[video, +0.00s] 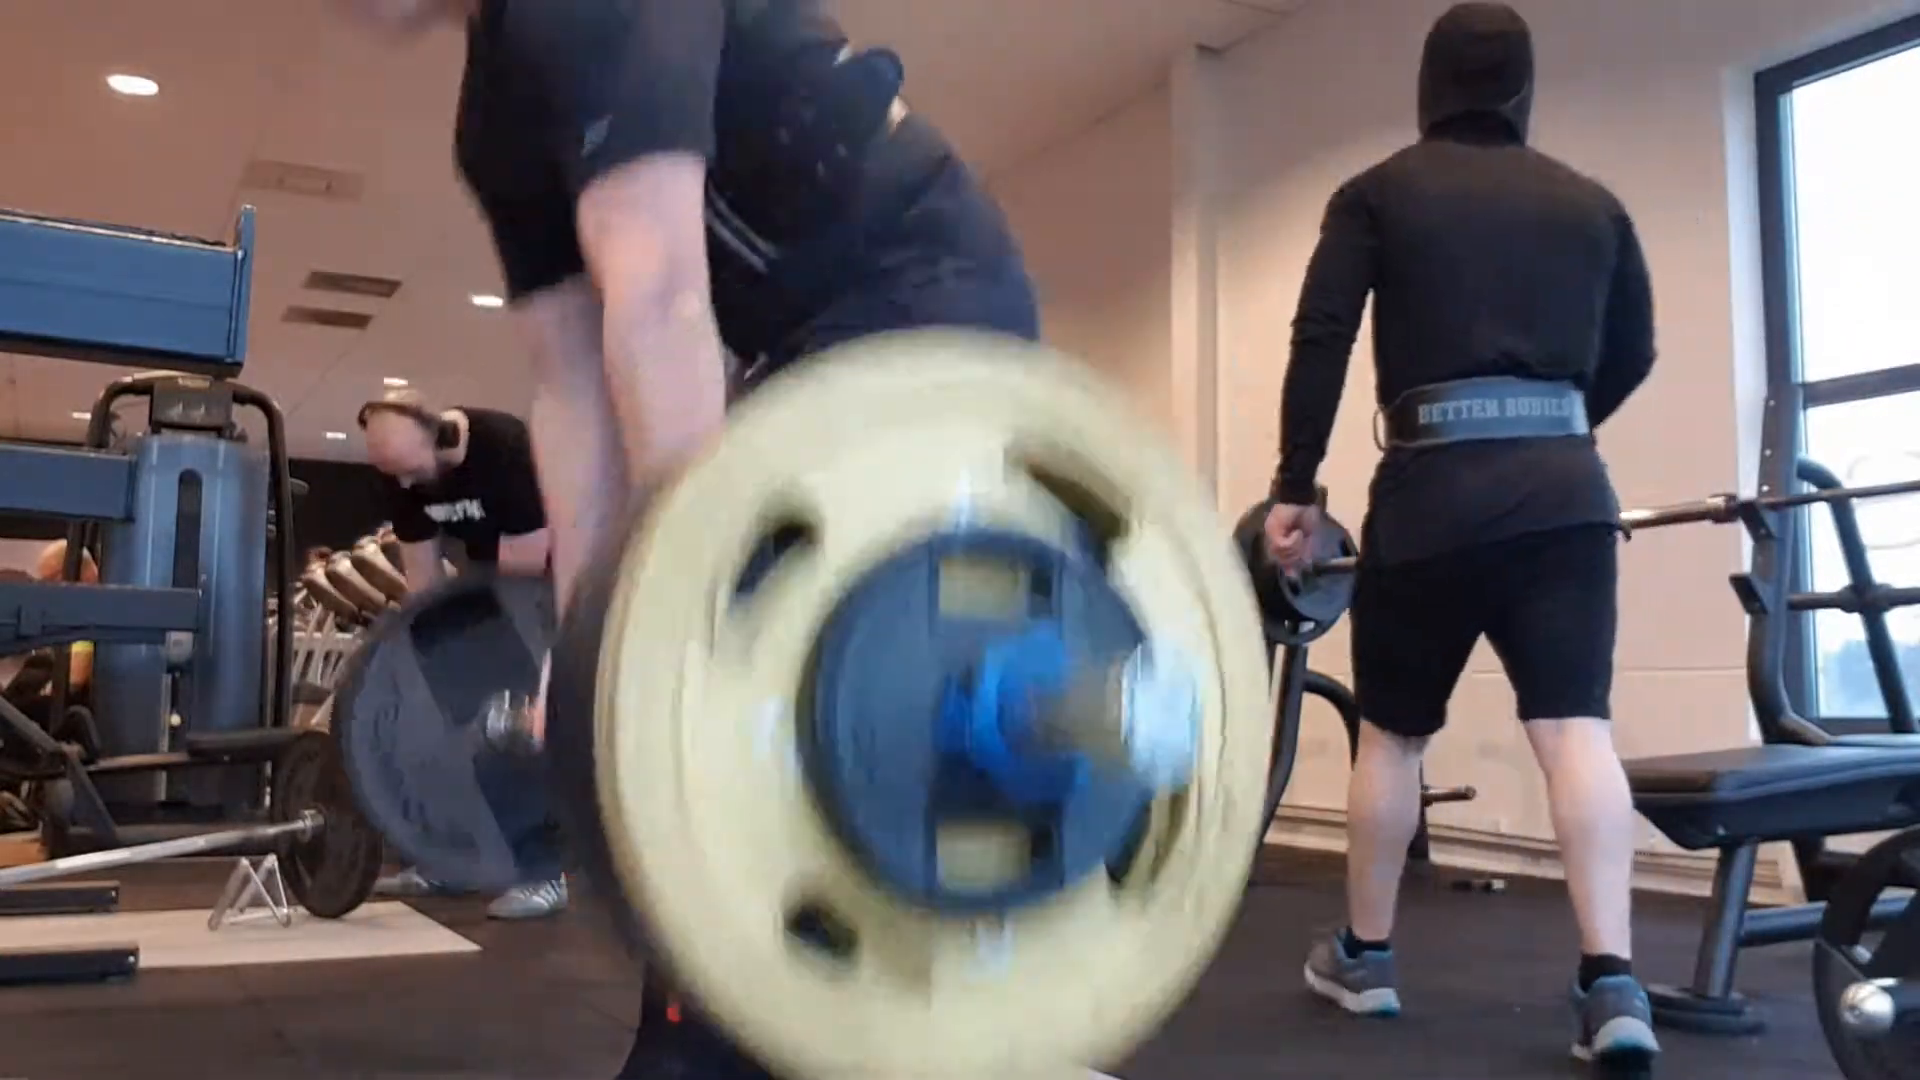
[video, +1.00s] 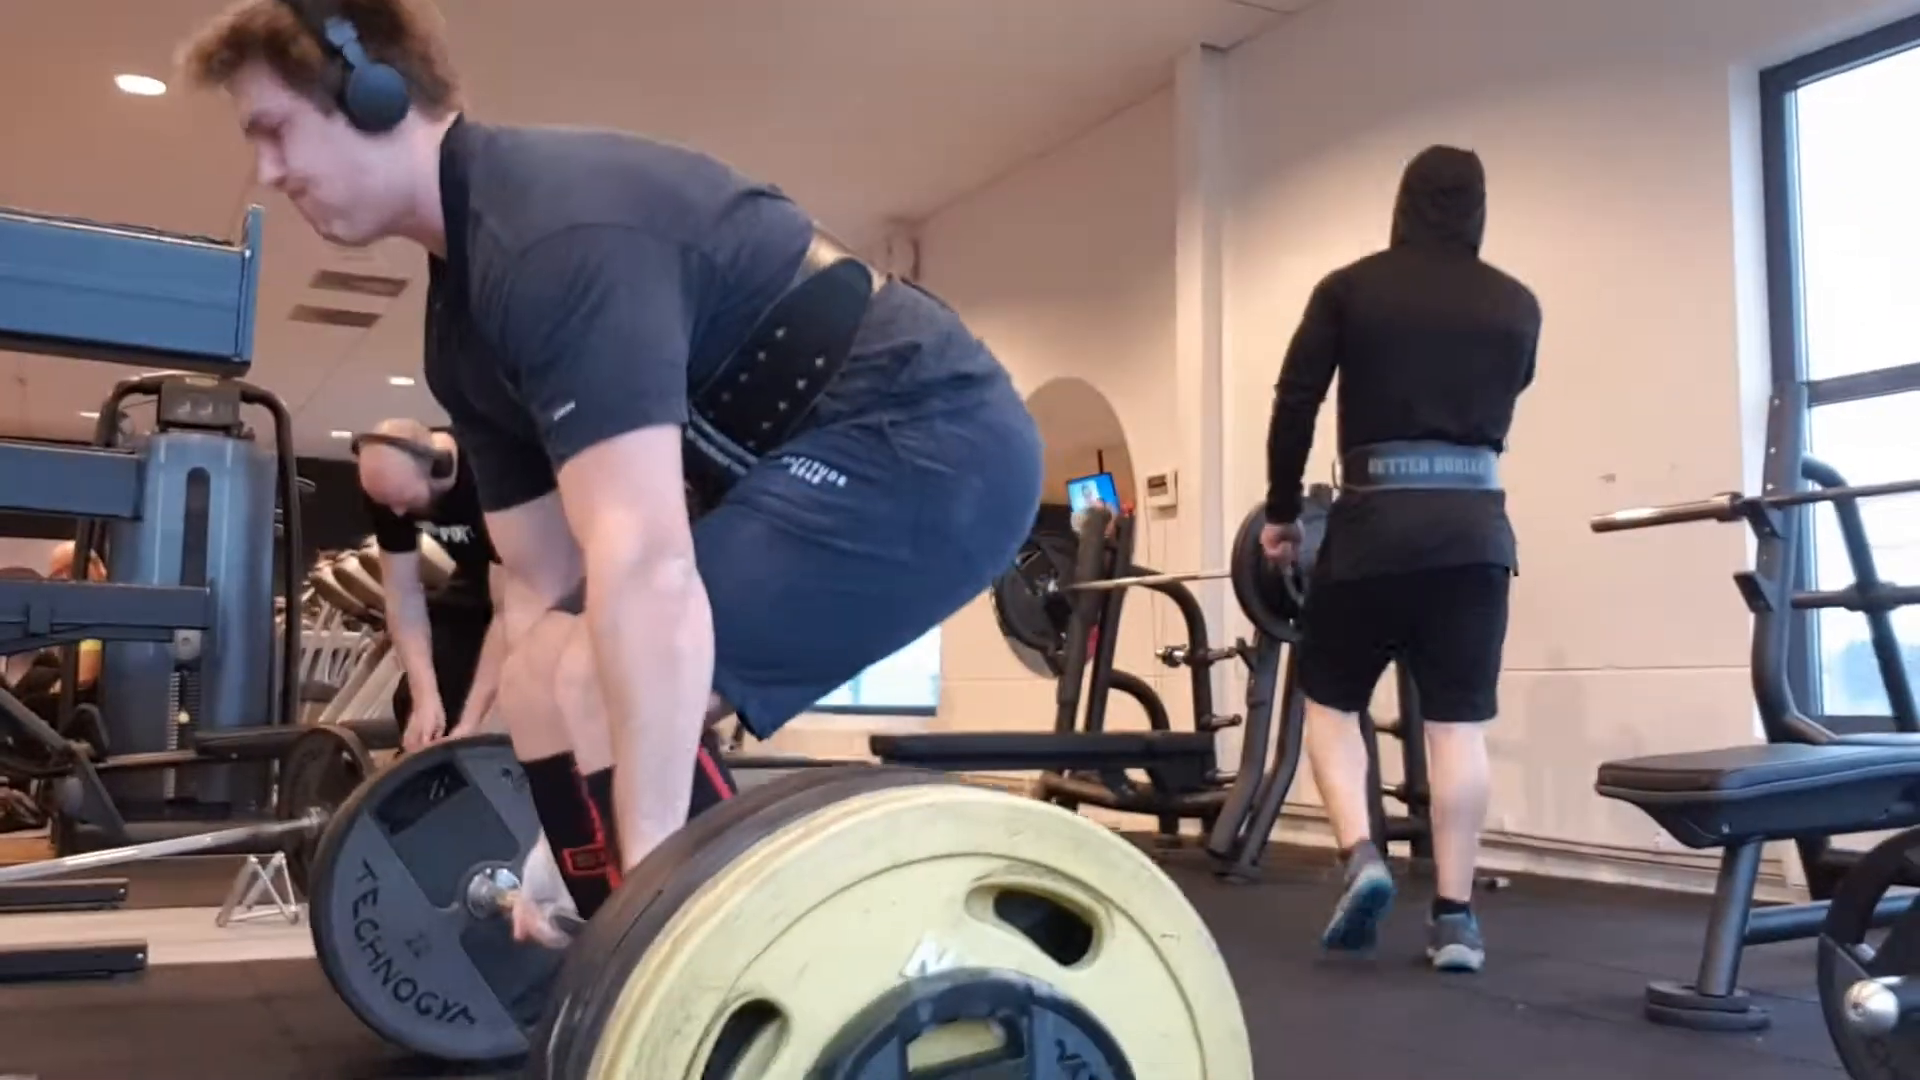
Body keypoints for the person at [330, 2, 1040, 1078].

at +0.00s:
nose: (354, 7)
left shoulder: (594, 12)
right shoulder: (494, 115)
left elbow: (662, 296)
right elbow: (563, 373)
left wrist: (689, 589)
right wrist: (582, 644)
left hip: (915, 318)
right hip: (782, 358)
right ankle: (695, 1028)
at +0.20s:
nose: (279, 389)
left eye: (267, 350)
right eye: (257, 364)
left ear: (320, 283)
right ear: (340, 269)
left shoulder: (565, 309)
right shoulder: (470, 393)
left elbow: (674, 621)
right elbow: (560, 630)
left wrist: (688, 921)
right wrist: (570, 861)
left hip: (964, 398)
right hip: (845, 420)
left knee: (686, 679)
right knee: (596, 654)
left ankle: (716, 998)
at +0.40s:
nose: (322, 323)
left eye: (309, 287)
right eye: (295, 306)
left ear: (360, 205)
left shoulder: (586, 266)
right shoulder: (477, 354)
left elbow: (665, 602)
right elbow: (542, 606)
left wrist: (662, 915)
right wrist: (549, 861)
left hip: (950, 451)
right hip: (832, 473)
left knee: (626, 668)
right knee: (557, 657)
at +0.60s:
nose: (310, 296)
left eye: (301, 255)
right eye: (287, 273)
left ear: (366, 176)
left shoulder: (564, 289)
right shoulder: (468, 364)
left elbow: (647, 611)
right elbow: (536, 614)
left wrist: (655, 915)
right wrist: (526, 851)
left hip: (947, 478)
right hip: (839, 495)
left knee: (619, 673)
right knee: (555, 661)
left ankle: (701, 979)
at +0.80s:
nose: (296, 234)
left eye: (285, 190)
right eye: (270, 209)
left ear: (354, 119)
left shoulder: (566, 244)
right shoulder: (470, 328)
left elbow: (647, 584)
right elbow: (534, 594)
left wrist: (650, 902)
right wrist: (491, 828)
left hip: (931, 449)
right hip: (827, 469)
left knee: (597, 676)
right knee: (537, 670)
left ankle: (709, 966)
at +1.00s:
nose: (268, 176)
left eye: (275, 132)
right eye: (256, 145)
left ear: (373, 88)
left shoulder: (563, 232)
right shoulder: (459, 321)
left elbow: (650, 569)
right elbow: (535, 585)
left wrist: (654, 897)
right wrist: (515, 836)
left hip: (920, 431)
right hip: (816, 455)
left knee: (603, 678)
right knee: (535, 676)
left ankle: (735, 971)